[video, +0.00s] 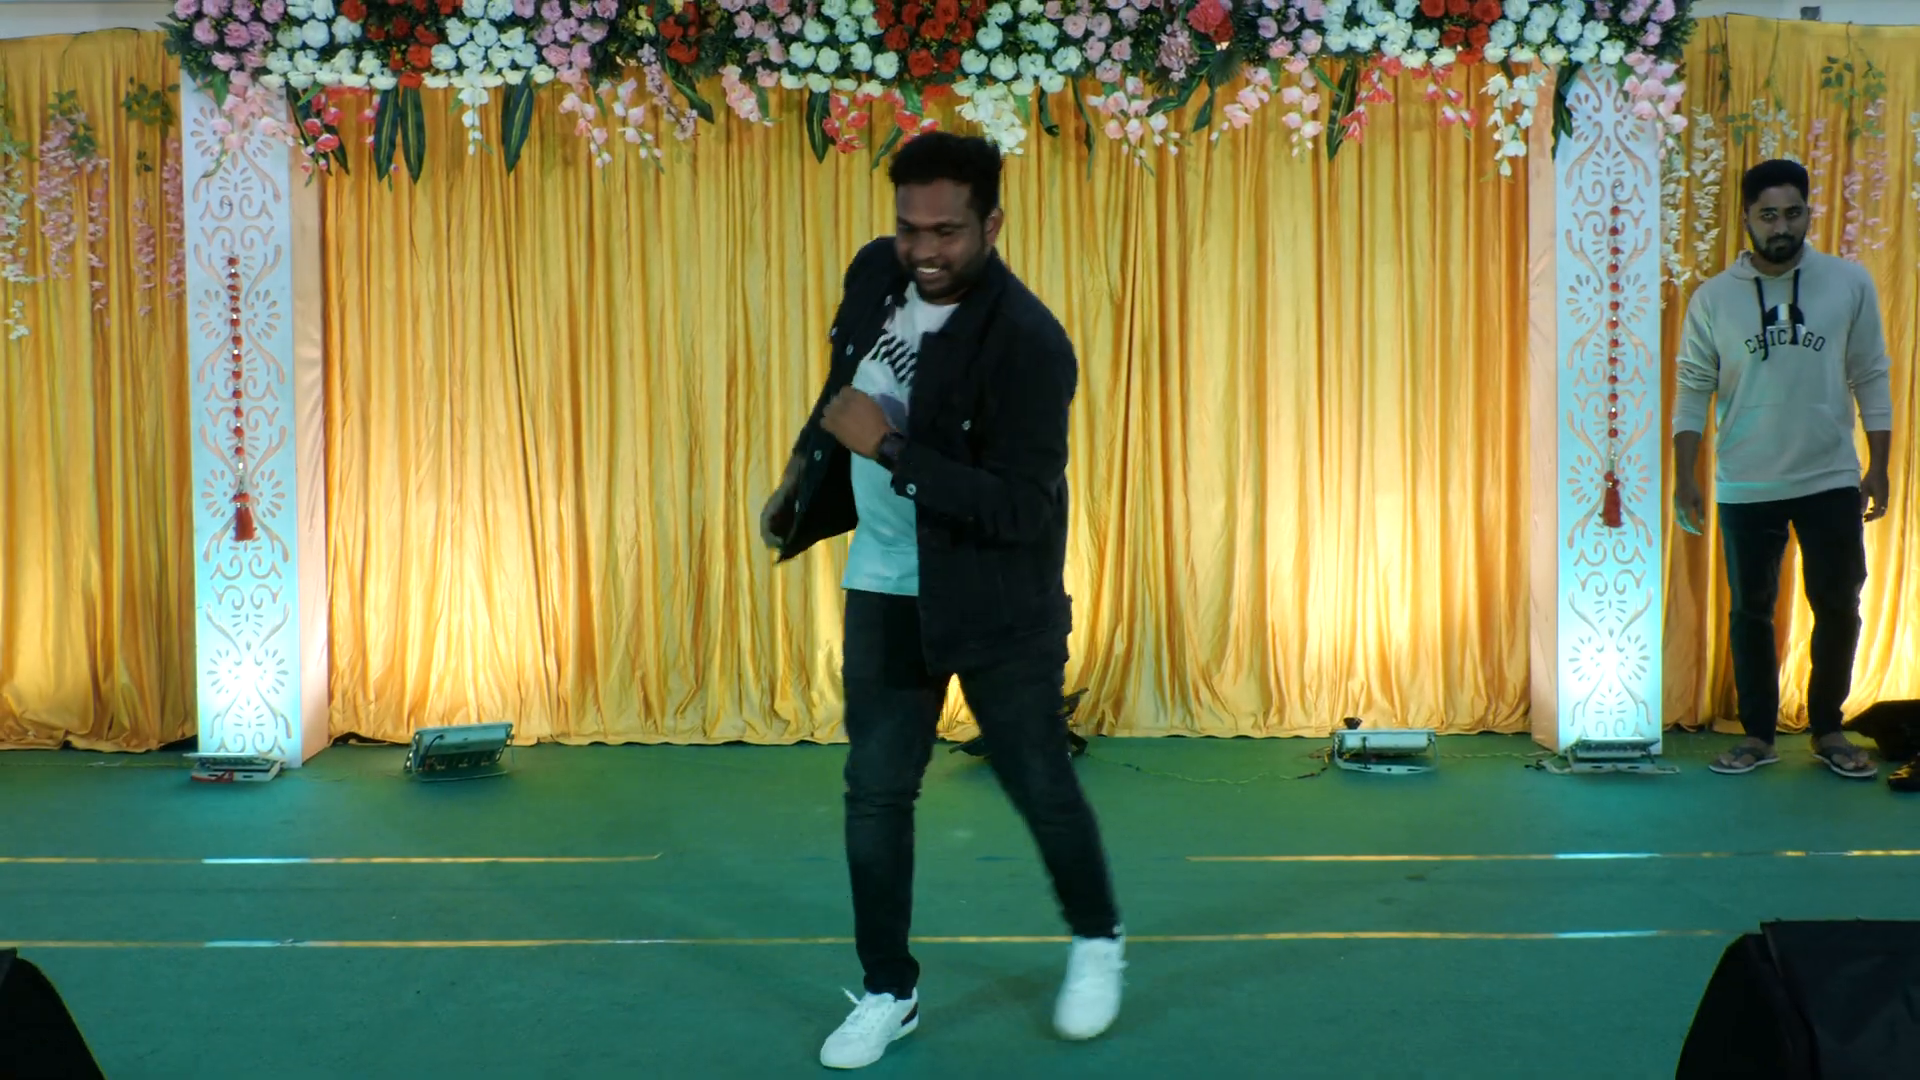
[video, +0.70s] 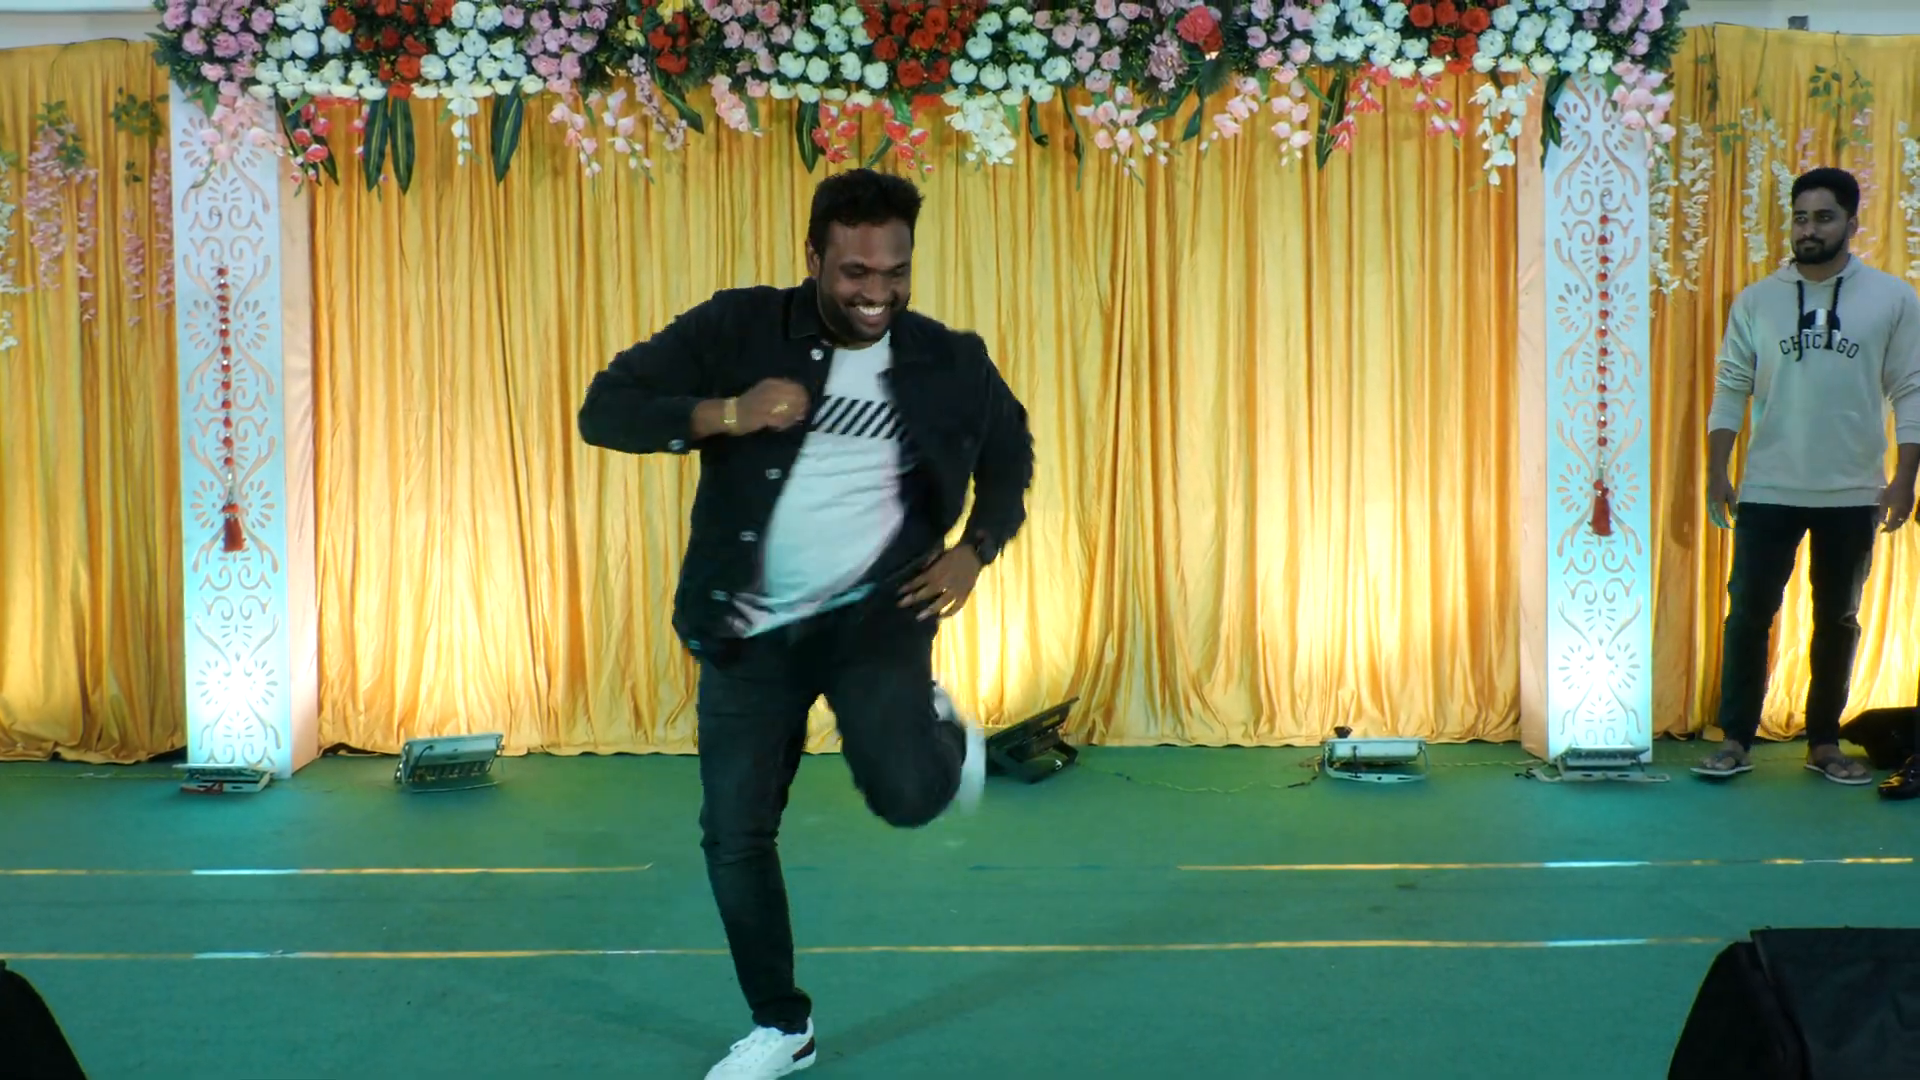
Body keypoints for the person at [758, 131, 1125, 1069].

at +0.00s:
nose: (924, 251)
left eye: (945, 233)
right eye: (910, 230)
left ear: (991, 224)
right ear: (894, 219)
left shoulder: (1028, 343)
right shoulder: (874, 276)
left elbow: (1025, 512)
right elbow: (850, 393)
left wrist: (891, 447)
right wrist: (807, 481)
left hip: (995, 600)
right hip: (887, 591)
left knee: (1037, 777)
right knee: (875, 790)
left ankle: (1096, 938)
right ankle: (887, 990)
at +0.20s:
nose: (871, 249)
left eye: (894, 232)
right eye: (859, 228)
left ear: (940, 235)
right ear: (845, 226)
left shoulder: (974, 341)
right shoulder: (840, 300)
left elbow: (901, 482)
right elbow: (838, 433)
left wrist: (803, 398)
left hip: (970, 607)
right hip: (861, 588)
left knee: (1004, 797)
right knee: (790, 751)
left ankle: (1052, 965)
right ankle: (840, 954)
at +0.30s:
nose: (842, 213)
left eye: (867, 200)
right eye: (833, 192)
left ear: (913, 212)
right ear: (821, 189)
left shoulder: (925, 310)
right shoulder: (810, 267)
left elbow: (829, 451)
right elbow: (798, 393)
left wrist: (684, 405)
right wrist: (801, 479)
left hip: (954, 583)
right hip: (837, 575)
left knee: (1017, 762)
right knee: (772, 751)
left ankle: (1061, 947)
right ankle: (793, 976)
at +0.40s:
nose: (841, 222)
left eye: (866, 211)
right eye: (833, 202)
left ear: (910, 228)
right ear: (816, 201)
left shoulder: (901, 332)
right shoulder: (799, 282)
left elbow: (832, 493)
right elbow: (783, 424)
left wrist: (686, 528)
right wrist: (766, 535)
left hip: (906, 610)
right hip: (799, 610)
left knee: (1002, 754)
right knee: (759, 806)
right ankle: (782, 1015)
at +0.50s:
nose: (857, 266)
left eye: (883, 254)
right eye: (846, 242)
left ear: (915, 270)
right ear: (822, 238)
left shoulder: (908, 396)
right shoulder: (779, 319)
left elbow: (938, 559)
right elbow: (762, 432)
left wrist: (826, 624)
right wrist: (709, 470)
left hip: (876, 664)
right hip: (755, 661)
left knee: (981, 794)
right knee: (723, 836)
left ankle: (1060, 645)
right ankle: (782, 1022)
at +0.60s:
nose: (862, 292)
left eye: (885, 275)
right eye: (845, 270)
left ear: (910, 277)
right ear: (814, 262)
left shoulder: (937, 394)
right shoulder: (749, 326)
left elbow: (1019, 508)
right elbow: (672, 424)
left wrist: (940, 600)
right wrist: (685, 444)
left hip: (856, 649)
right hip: (740, 647)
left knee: (938, 826)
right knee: (723, 842)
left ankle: (975, 634)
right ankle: (781, 1024)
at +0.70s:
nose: (875, 292)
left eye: (892, 272)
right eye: (856, 272)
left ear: (910, 265)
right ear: (814, 260)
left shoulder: (951, 363)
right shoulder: (741, 325)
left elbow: (1009, 455)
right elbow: (605, 409)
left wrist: (976, 548)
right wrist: (725, 414)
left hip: (875, 617)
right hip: (748, 627)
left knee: (905, 797)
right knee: (732, 833)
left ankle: (943, 738)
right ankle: (779, 1022)